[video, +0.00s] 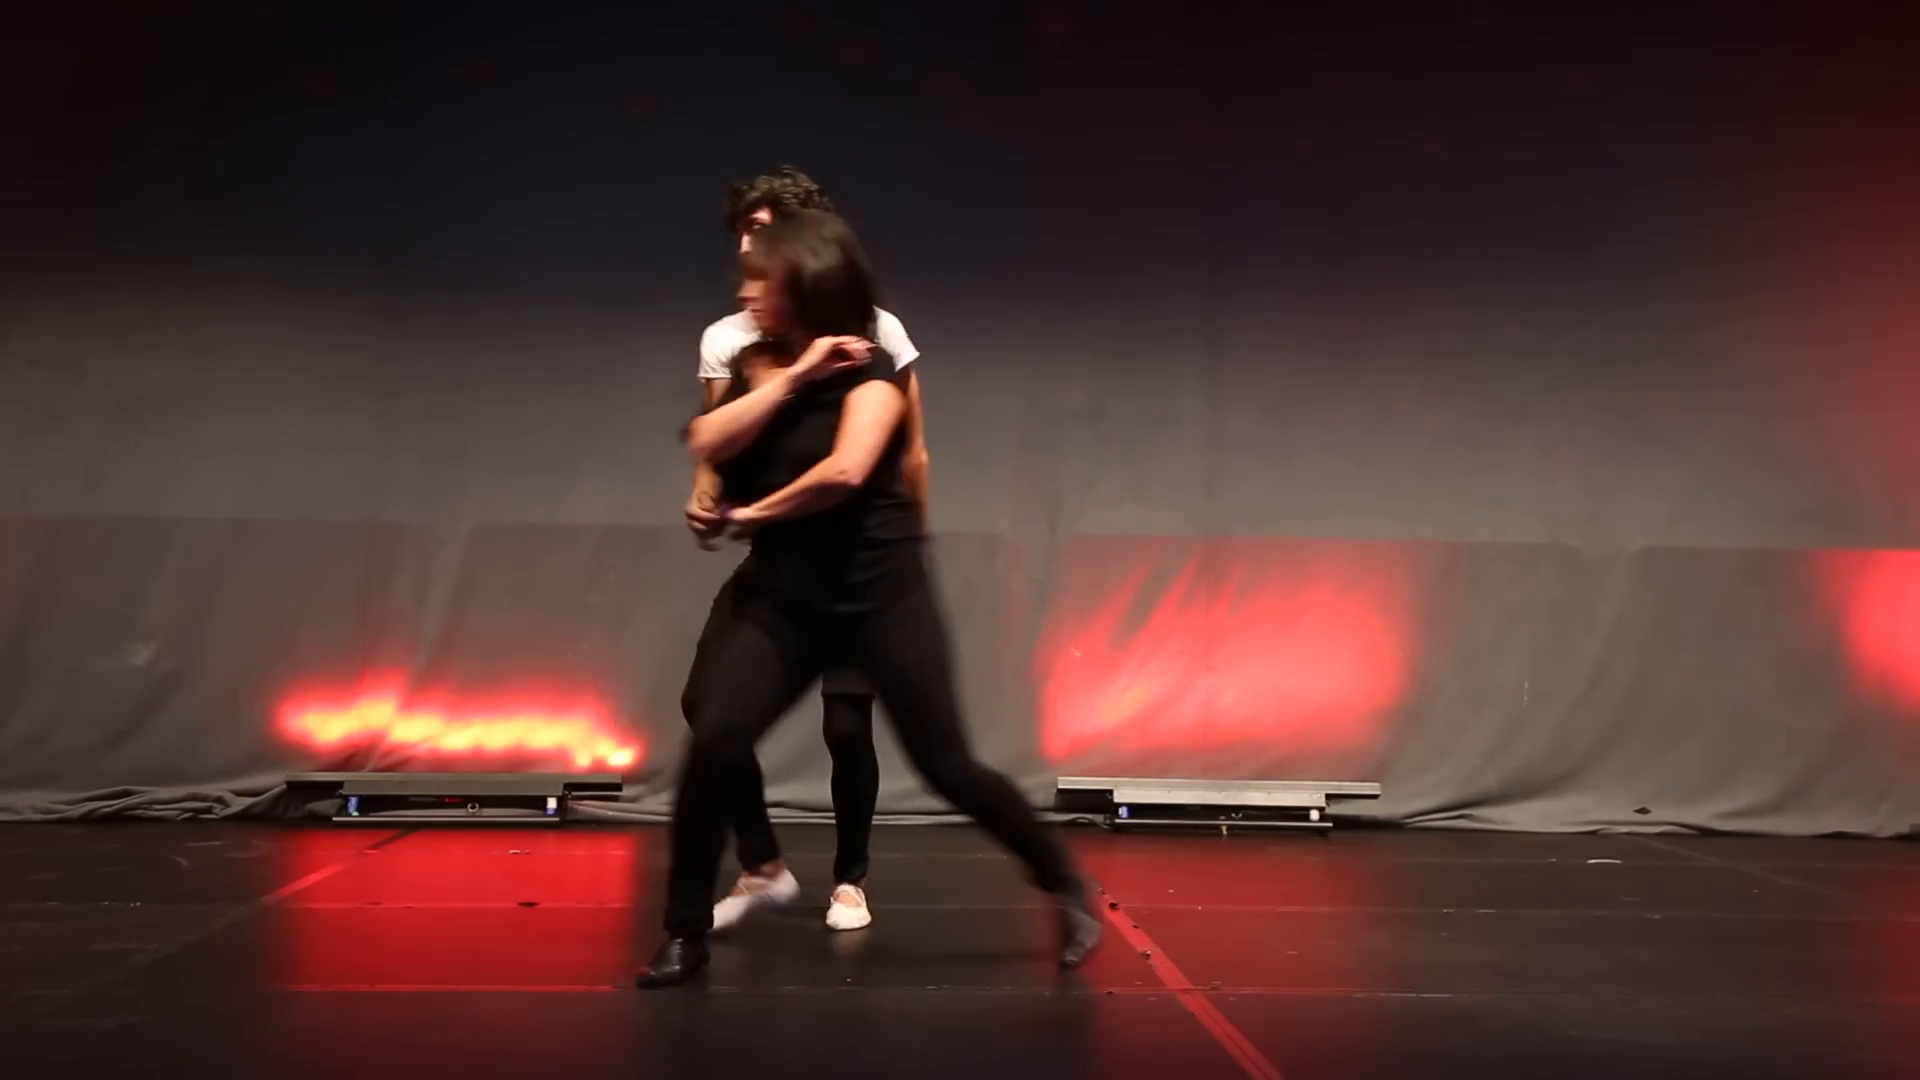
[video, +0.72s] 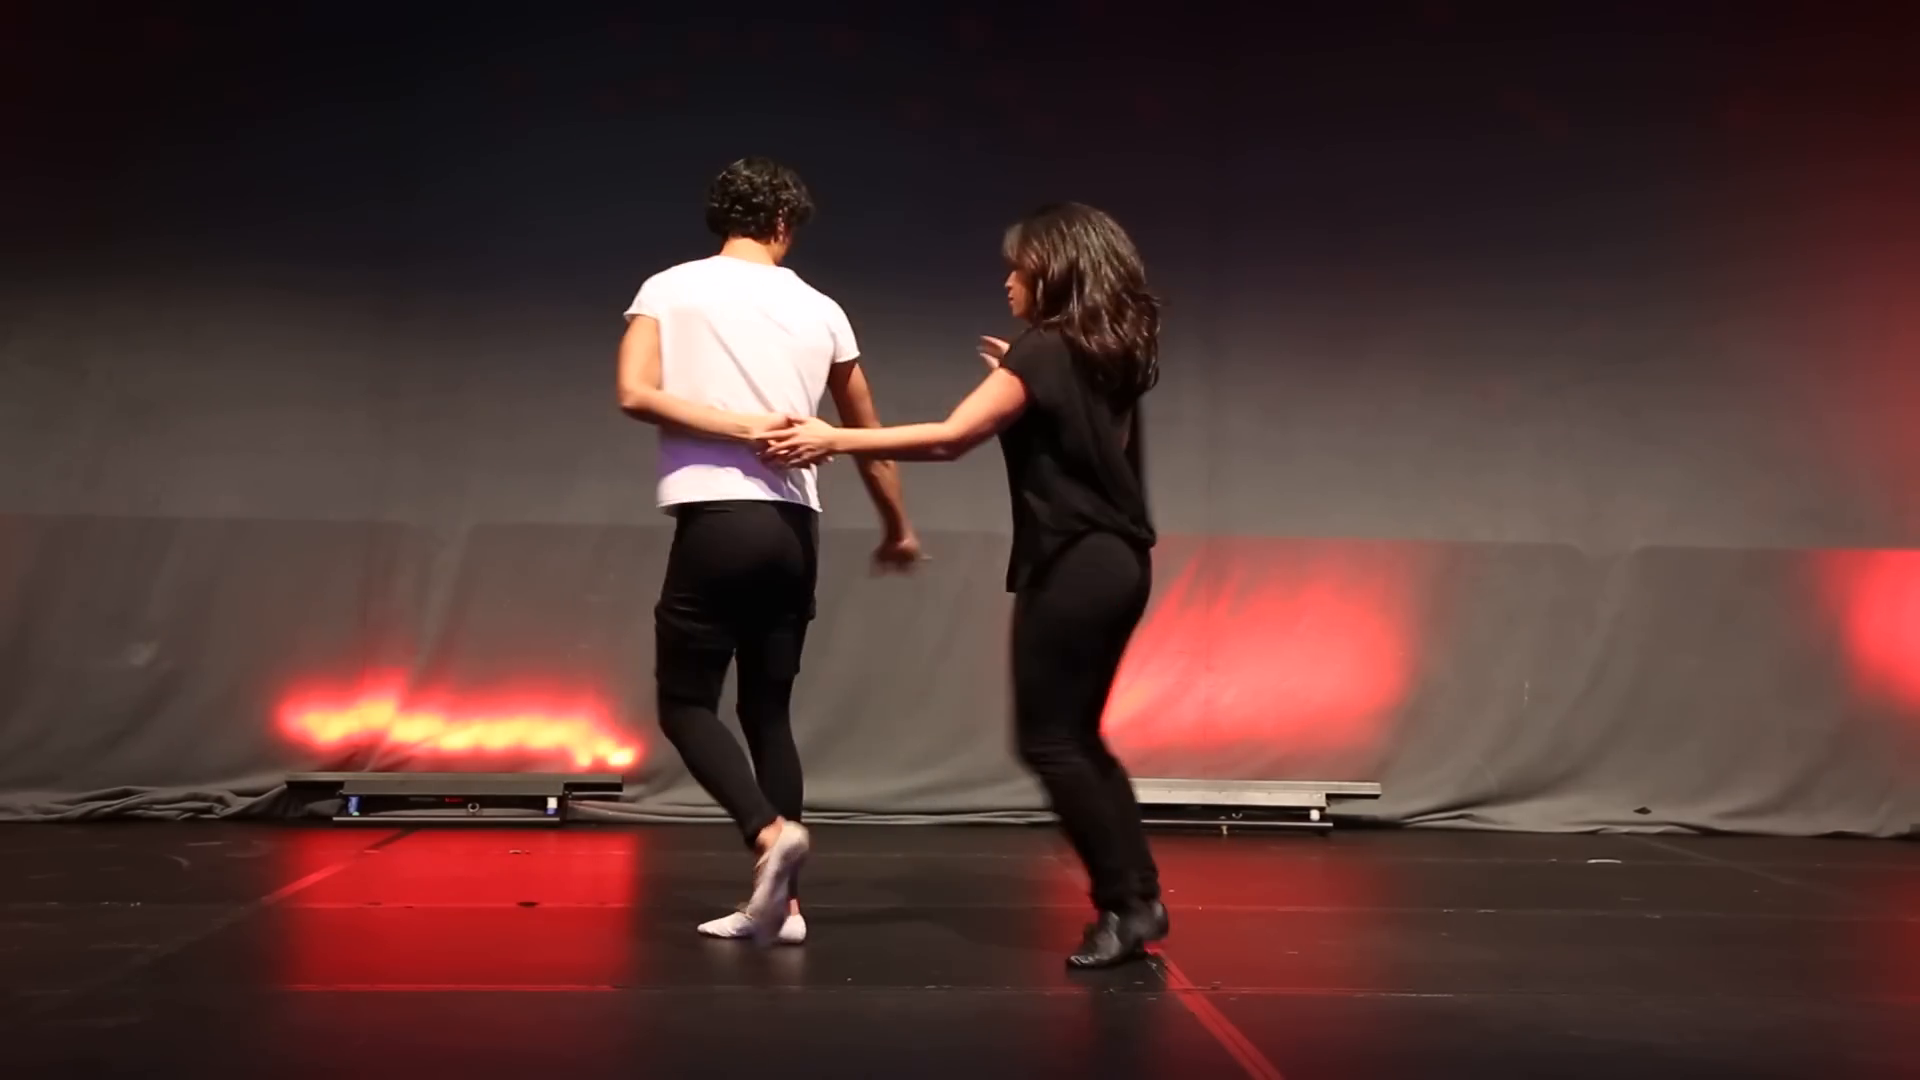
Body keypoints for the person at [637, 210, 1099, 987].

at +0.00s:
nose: (749, 296)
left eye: (763, 281)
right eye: (749, 280)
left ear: (811, 289)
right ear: (768, 288)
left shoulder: (873, 373)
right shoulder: (755, 371)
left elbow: (846, 472)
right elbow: (706, 442)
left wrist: (743, 515)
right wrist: (796, 373)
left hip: (884, 595)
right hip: (786, 594)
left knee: (944, 766)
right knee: (714, 743)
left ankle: (1066, 886)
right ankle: (687, 935)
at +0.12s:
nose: (842, 306)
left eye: (852, 290)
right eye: (840, 292)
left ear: (893, 288)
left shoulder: (939, 363)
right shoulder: (871, 367)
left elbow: (876, 470)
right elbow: (794, 441)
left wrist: (782, 513)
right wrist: (857, 370)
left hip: (975, 591)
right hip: (896, 597)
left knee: (1021, 760)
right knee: (810, 745)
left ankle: (1123, 909)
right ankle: (702, 922)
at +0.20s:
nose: (882, 311)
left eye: (891, 295)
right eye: (881, 297)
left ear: (932, 294)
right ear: (920, 307)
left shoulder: (978, 367)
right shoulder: (918, 367)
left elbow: (900, 471)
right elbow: (850, 448)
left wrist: (812, 509)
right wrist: (894, 371)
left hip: (1022, 593)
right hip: (948, 602)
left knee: (1051, 763)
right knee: (863, 745)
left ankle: (1134, 920)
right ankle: (795, 913)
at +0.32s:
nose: (930, 297)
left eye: (941, 284)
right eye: (932, 283)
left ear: (986, 288)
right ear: (982, 293)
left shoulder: (1023, 367)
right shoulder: (977, 363)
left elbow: (930, 462)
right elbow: (898, 457)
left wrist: (838, 501)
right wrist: (942, 374)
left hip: (1073, 590)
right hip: (1006, 595)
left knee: (1077, 763)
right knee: (904, 718)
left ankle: (1136, 927)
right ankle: (894, 908)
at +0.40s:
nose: (954, 291)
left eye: (967, 278)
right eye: (959, 277)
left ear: (1012, 285)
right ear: (1001, 286)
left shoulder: (1042, 363)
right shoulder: (1004, 359)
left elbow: (944, 456)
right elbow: (929, 443)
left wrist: (846, 491)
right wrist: (960, 372)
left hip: (1091, 584)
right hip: (1028, 591)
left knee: (1086, 758)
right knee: (921, 706)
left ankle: (1136, 926)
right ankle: (970, 880)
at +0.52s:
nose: (985, 288)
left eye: (997, 275)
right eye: (989, 273)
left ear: (1038, 278)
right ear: (1047, 282)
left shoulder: (1064, 361)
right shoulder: (1045, 360)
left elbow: (961, 447)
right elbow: (965, 443)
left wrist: (849, 466)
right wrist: (952, 371)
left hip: (1100, 576)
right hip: (1055, 582)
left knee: (1090, 751)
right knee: (966, 717)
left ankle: (1136, 927)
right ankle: (1070, 860)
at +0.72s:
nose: (1008, 285)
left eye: (1018, 271)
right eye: (1010, 270)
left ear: (1053, 274)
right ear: (1089, 274)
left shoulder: (1045, 355)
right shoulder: (1115, 352)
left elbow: (952, 435)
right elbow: (1085, 416)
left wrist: (836, 438)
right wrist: (1022, 371)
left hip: (1075, 565)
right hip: (1115, 562)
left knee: (1047, 740)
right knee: (1076, 734)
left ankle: (1126, 907)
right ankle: (1137, 895)